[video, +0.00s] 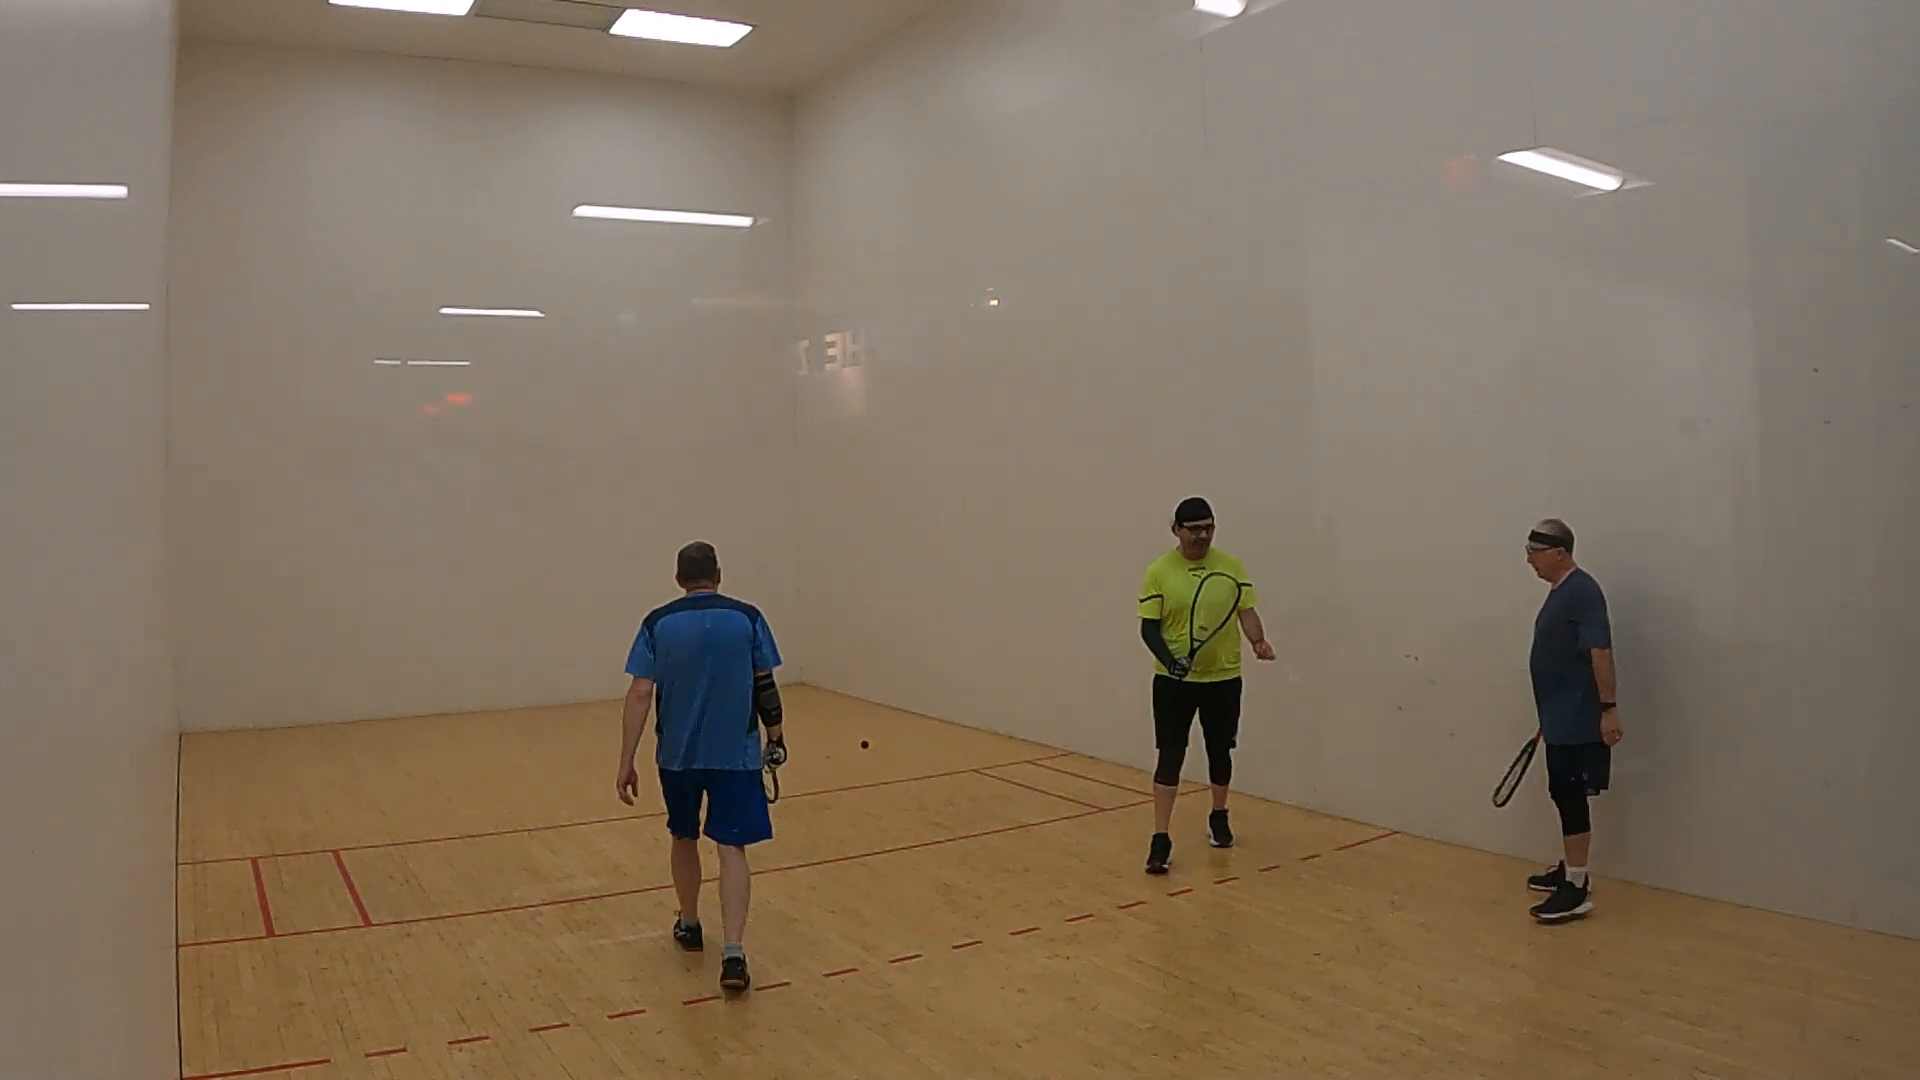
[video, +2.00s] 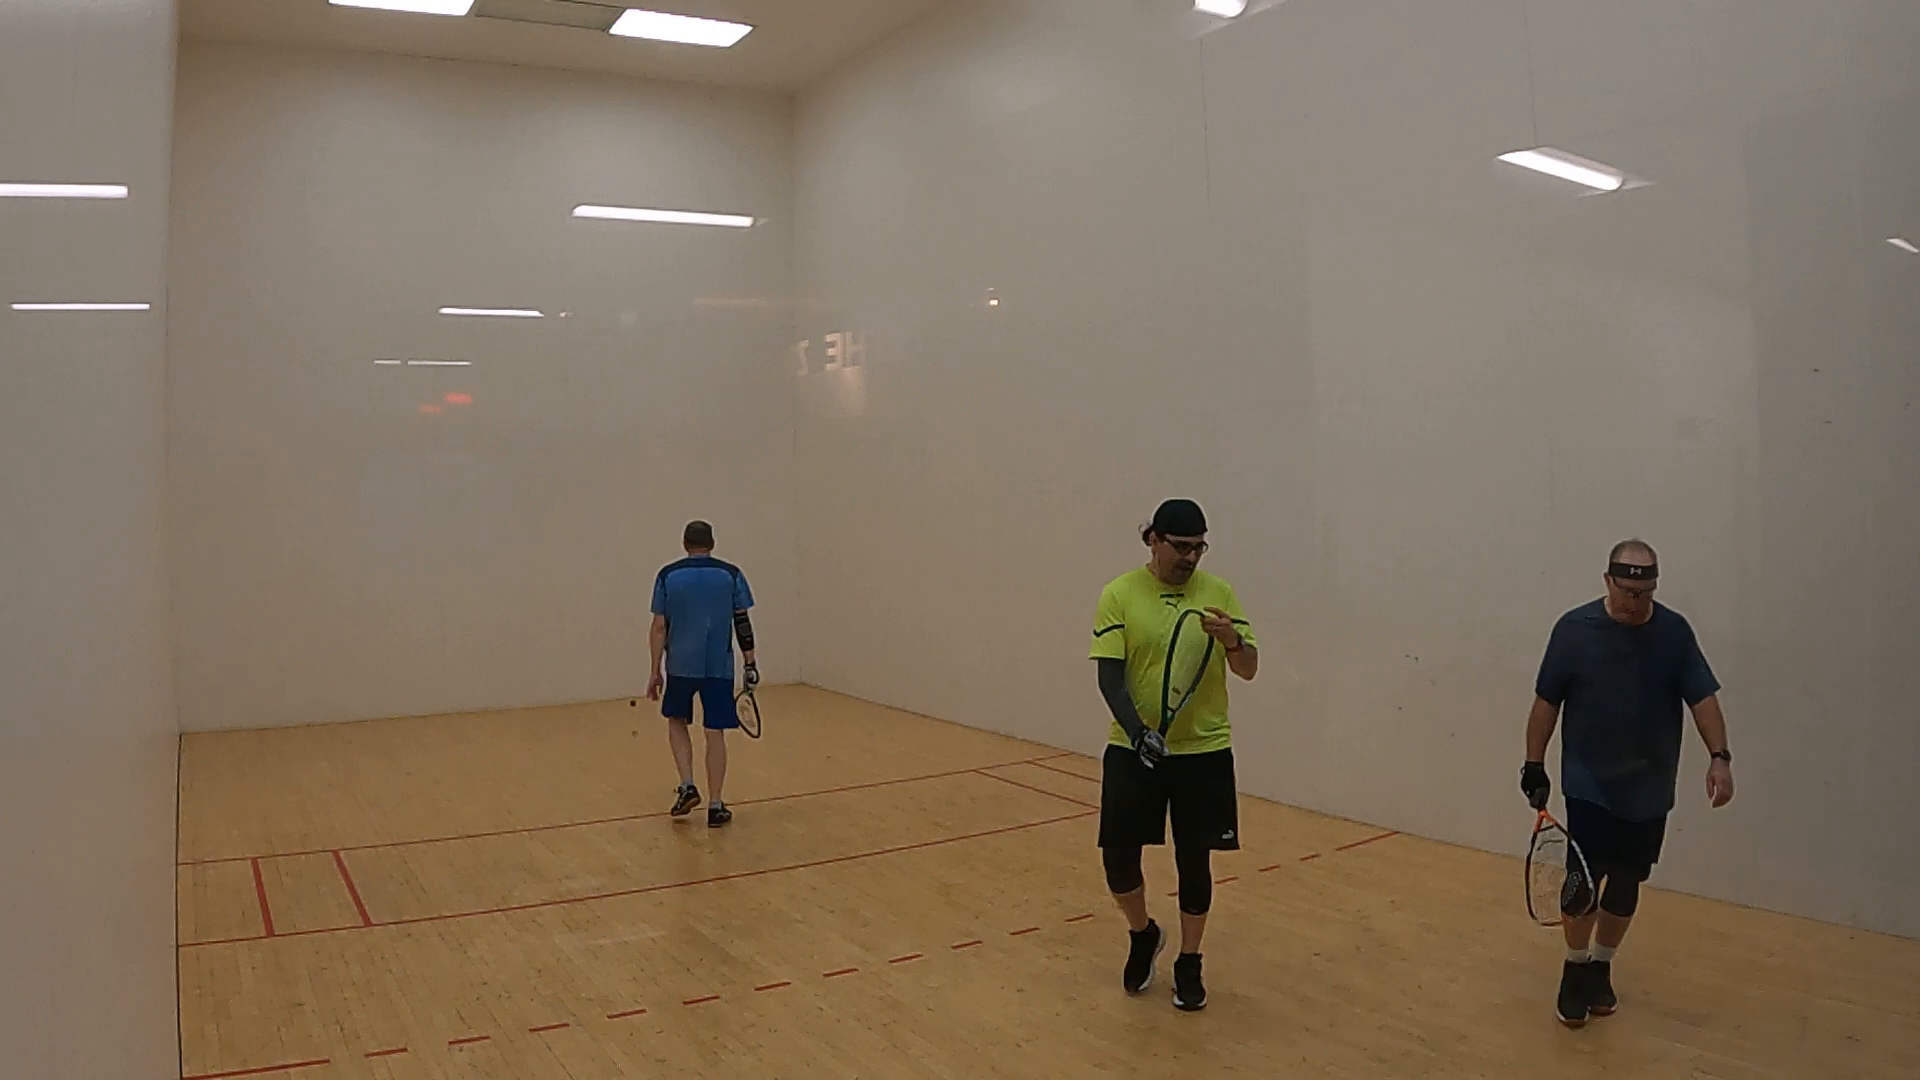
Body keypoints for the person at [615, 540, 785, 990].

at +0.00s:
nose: (689, 585)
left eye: (681, 578)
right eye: (713, 578)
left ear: (678, 580)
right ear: (720, 577)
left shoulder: (658, 623)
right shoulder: (748, 618)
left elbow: (640, 693)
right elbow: (765, 689)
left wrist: (627, 758)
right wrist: (775, 742)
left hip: (678, 758)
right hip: (735, 757)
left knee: (684, 837)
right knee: (732, 848)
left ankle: (689, 923)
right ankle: (733, 952)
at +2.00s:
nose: (696, 550)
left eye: (690, 544)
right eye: (707, 546)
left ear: (684, 545)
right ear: (713, 545)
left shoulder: (668, 575)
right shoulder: (731, 574)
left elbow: (659, 627)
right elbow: (743, 624)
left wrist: (655, 671)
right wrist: (750, 663)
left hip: (680, 670)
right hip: (718, 670)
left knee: (677, 721)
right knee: (715, 733)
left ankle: (687, 785)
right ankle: (716, 806)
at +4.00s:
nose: (607, 554)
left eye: (605, 550)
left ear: (603, 550)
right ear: (624, 548)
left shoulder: (600, 569)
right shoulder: (642, 568)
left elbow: (596, 606)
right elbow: (651, 606)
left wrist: (585, 634)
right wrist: (651, 636)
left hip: (614, 639)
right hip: (639, 637)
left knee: (625, 689)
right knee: (627, 683)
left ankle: (642, 744)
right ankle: (618, 719)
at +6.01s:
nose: (595, 558)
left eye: (594, 555)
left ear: (593, 553)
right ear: (615, 550)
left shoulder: (587, 568)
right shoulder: (636, 562)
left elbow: (585, 606)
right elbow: (661, 592)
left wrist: (584, 643)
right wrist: (656, 626)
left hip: (604, 637)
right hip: (636, 634)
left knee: (606, 691)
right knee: (632, 690)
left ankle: (614, 750)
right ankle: (633, 749)